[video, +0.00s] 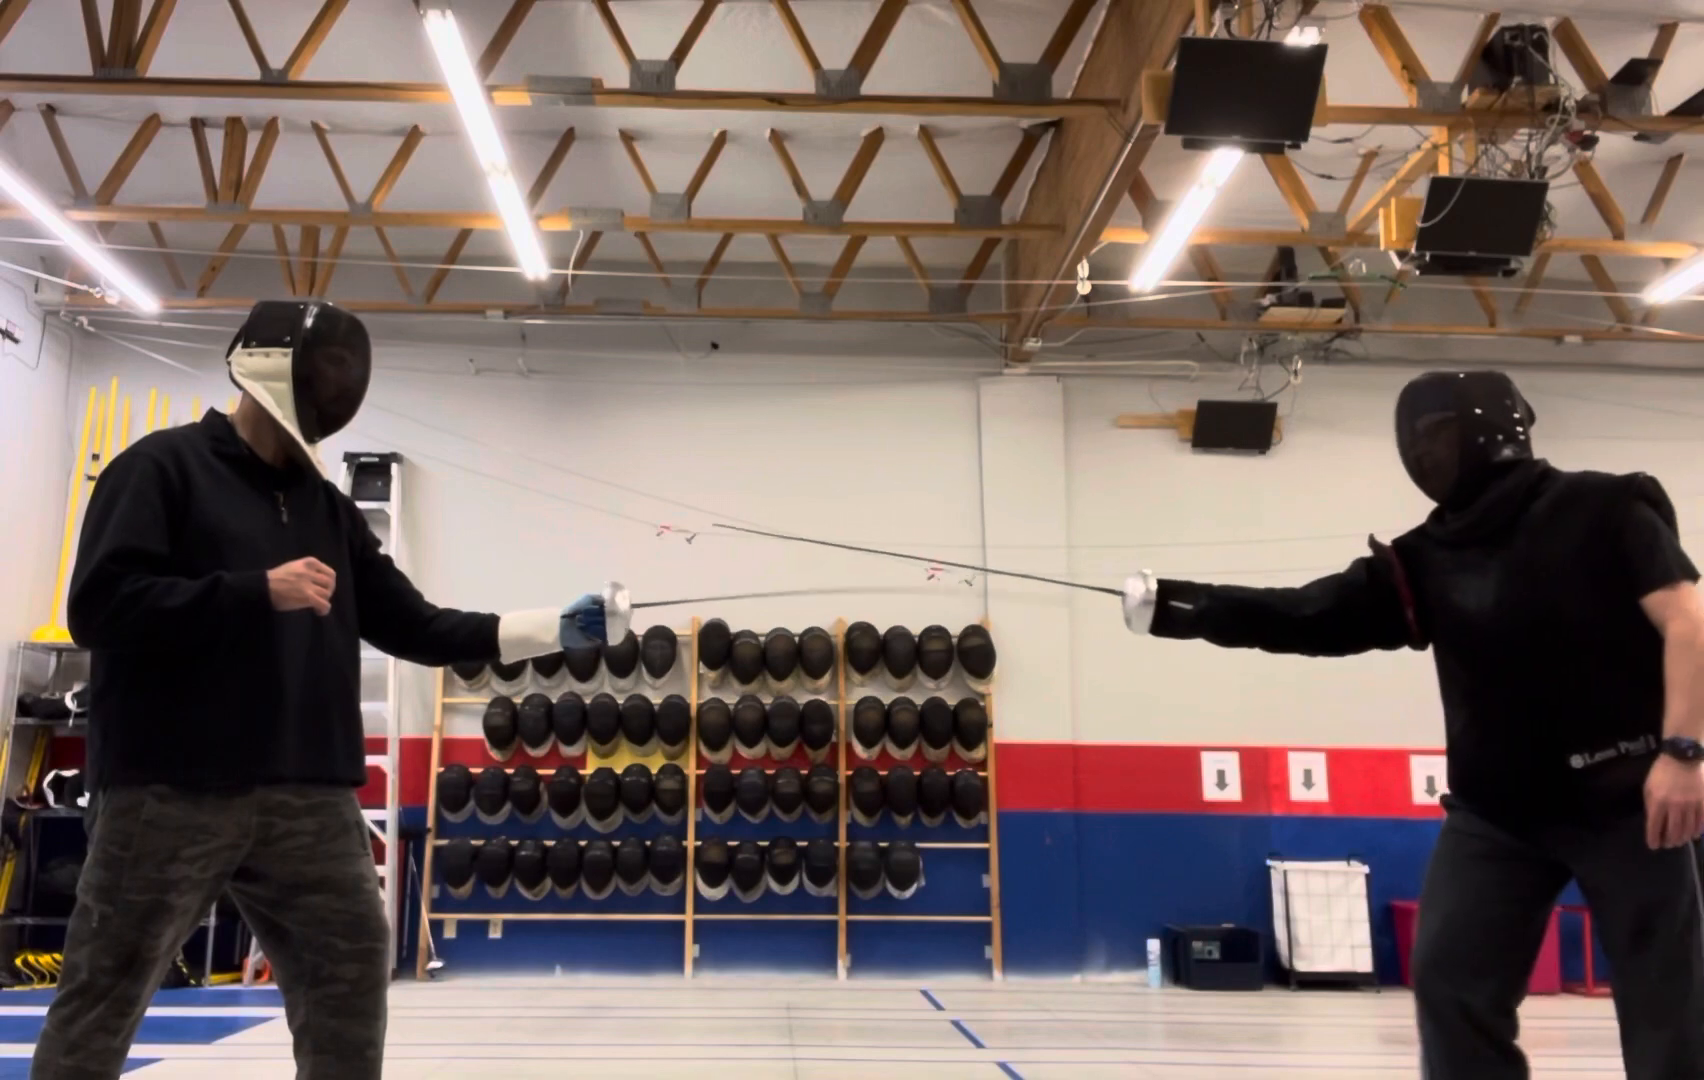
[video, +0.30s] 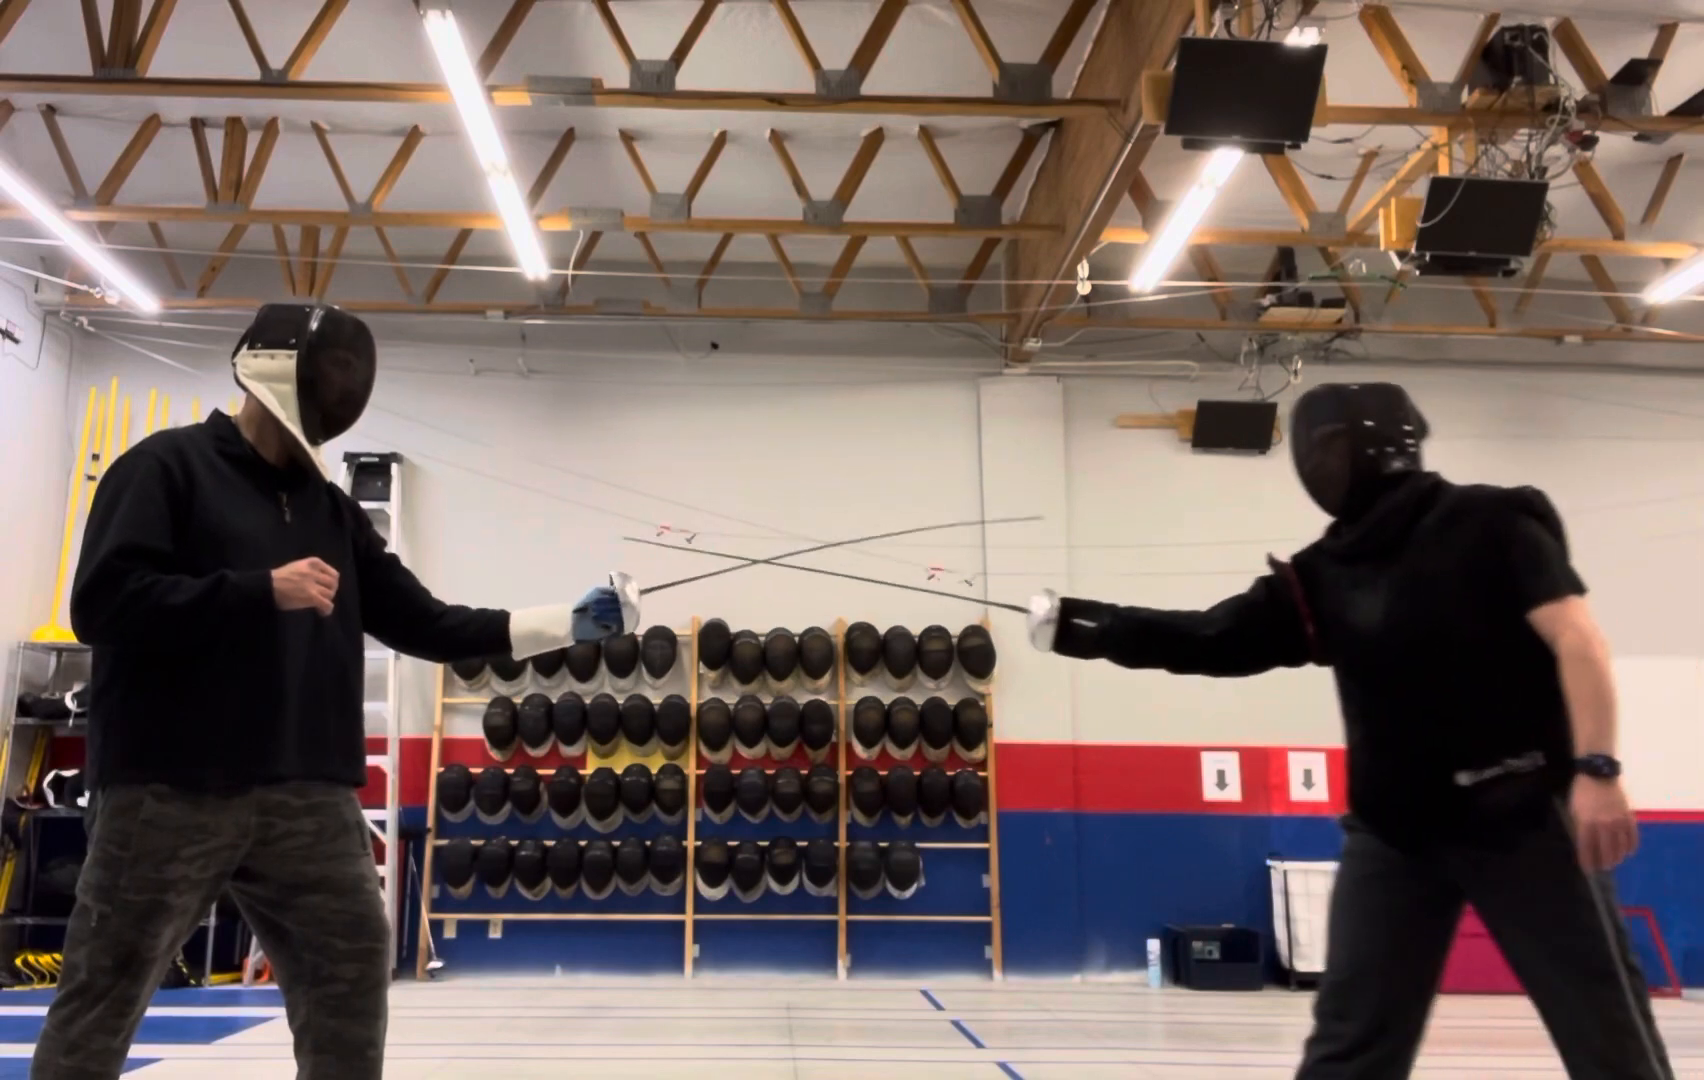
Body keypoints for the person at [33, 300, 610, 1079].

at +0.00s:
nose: (326, 398)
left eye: (337, 384)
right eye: (312, 375)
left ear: (337, 392)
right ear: (258, 366)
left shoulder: (325, 507)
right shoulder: (154, 469)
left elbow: (407, 623)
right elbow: (99, 606)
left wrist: (550, 630)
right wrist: (254, 589)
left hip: (305, 796)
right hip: (166, 793)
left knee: (348, 982)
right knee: (101, 1002)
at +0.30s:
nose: (330, 410)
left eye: (340, 395)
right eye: (322, 385)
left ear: (335, 399)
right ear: (273, 372)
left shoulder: (329, 510)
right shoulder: (158, 469)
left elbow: (420, 622)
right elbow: (103, 602)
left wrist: (565, 626)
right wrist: (259, 588)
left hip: (303, 794)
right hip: (166, 789)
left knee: (349, 972)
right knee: (101, 998)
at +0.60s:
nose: (349, 420)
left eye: (360, 404)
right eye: (337, 396)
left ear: (360, 404)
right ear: (281, 376)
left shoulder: (350, 513)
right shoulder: (172, 467)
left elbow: (478, 558)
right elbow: (104, 593)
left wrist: (627, 552)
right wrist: (264, 590)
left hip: (305, 797)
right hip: (164, 792)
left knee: (348, 990)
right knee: (98, 1003)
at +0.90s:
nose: (354, 414)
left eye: (365, 399)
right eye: (344, 391)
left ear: (360, 396)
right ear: (287, 371)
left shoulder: (357, 505)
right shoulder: (169, 471)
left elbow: (487, 521)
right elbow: (108, 603)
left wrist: (634, 490)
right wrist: (266, 589)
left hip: (313, 796)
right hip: (170, 794)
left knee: (354, 1000)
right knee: (98, 1008)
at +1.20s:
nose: (322, 435)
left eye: (338, 418)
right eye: (313, 411)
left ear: (346, 407)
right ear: (262, 381)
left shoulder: (337, 506)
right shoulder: (157, 476)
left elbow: (442, 580)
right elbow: (100, 609)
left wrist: (582, 600)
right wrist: (257, 592)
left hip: (305, 797)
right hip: (167, 795)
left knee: (351, 991)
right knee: (98, 1007)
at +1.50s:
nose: (333, 412)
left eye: (340, 401)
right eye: (315, 393)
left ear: (345, 407)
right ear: (261, 377)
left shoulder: (324, 511)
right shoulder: (154, 471)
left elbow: (388, 639)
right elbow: (90, 604)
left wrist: (512, 667)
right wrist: (247, 593)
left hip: (302, 799)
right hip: (164, 794)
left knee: (347, 976)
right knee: (101, 1000)